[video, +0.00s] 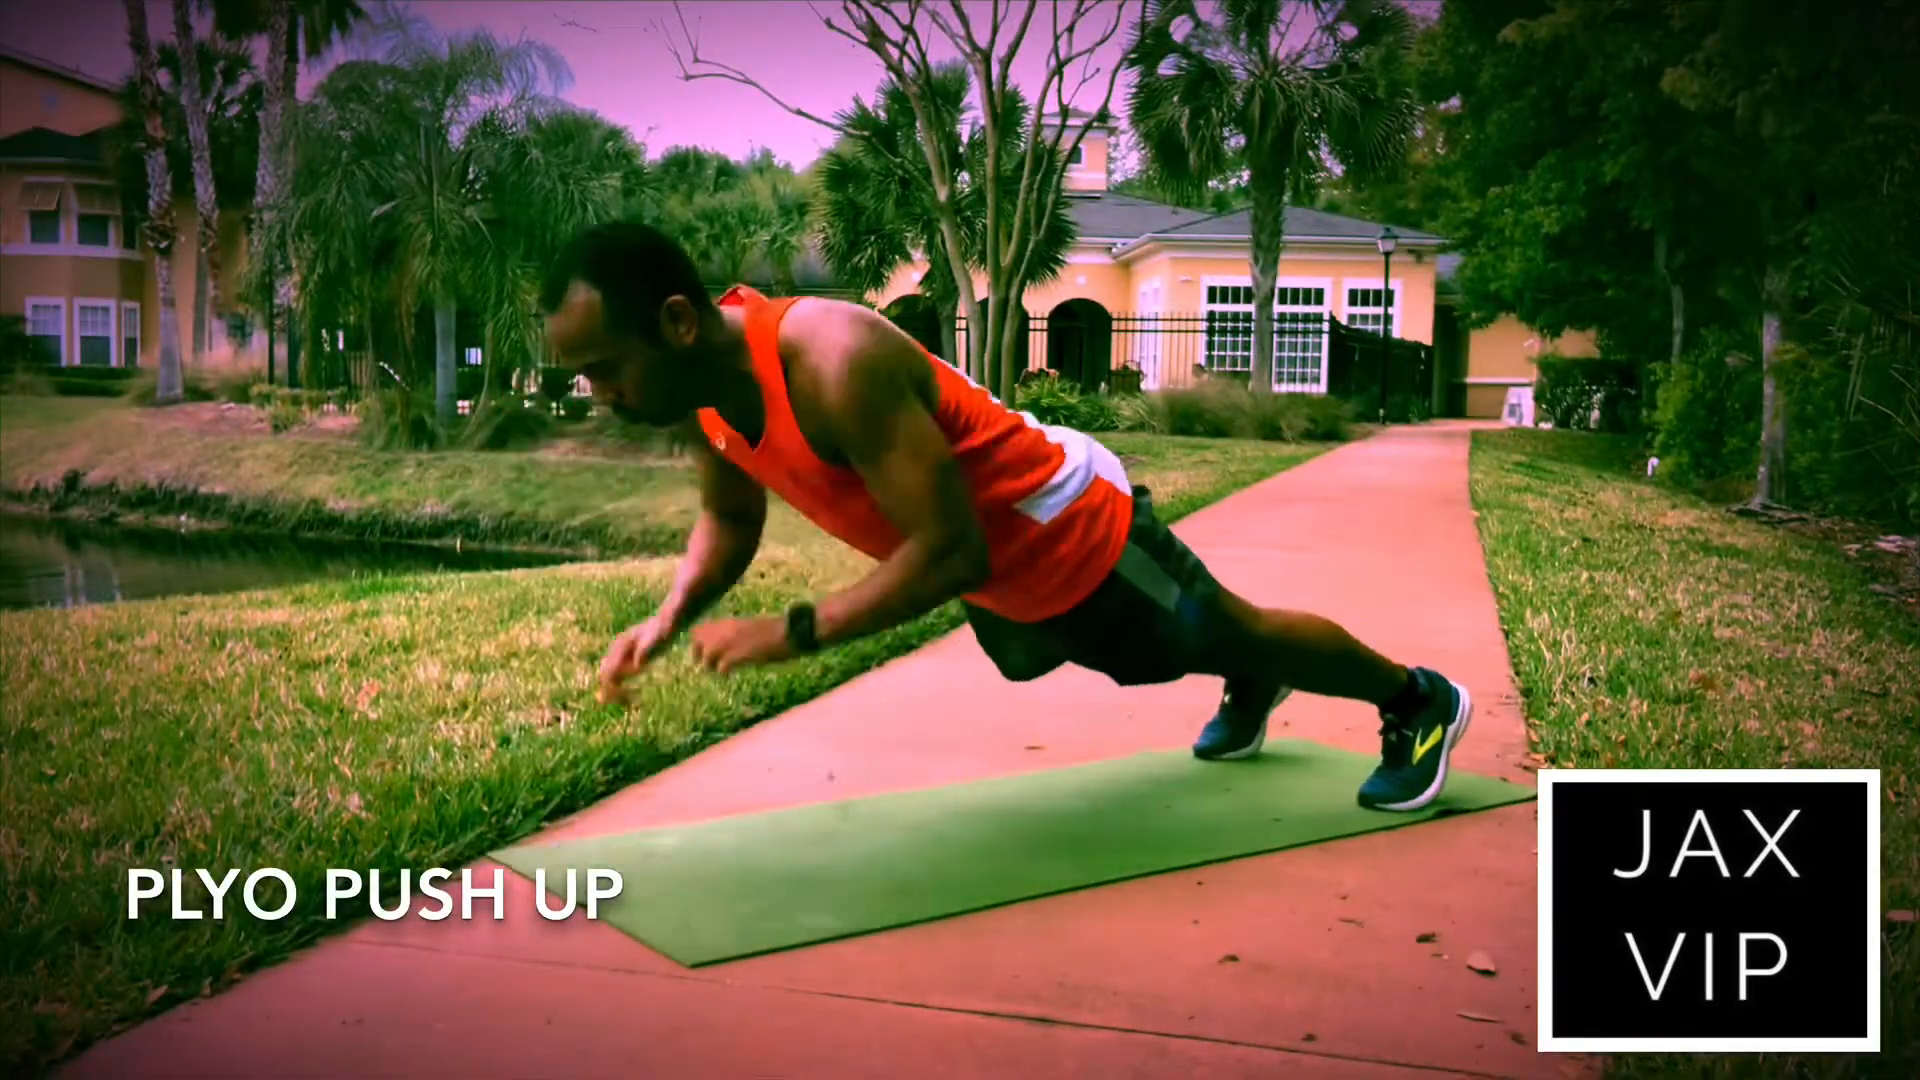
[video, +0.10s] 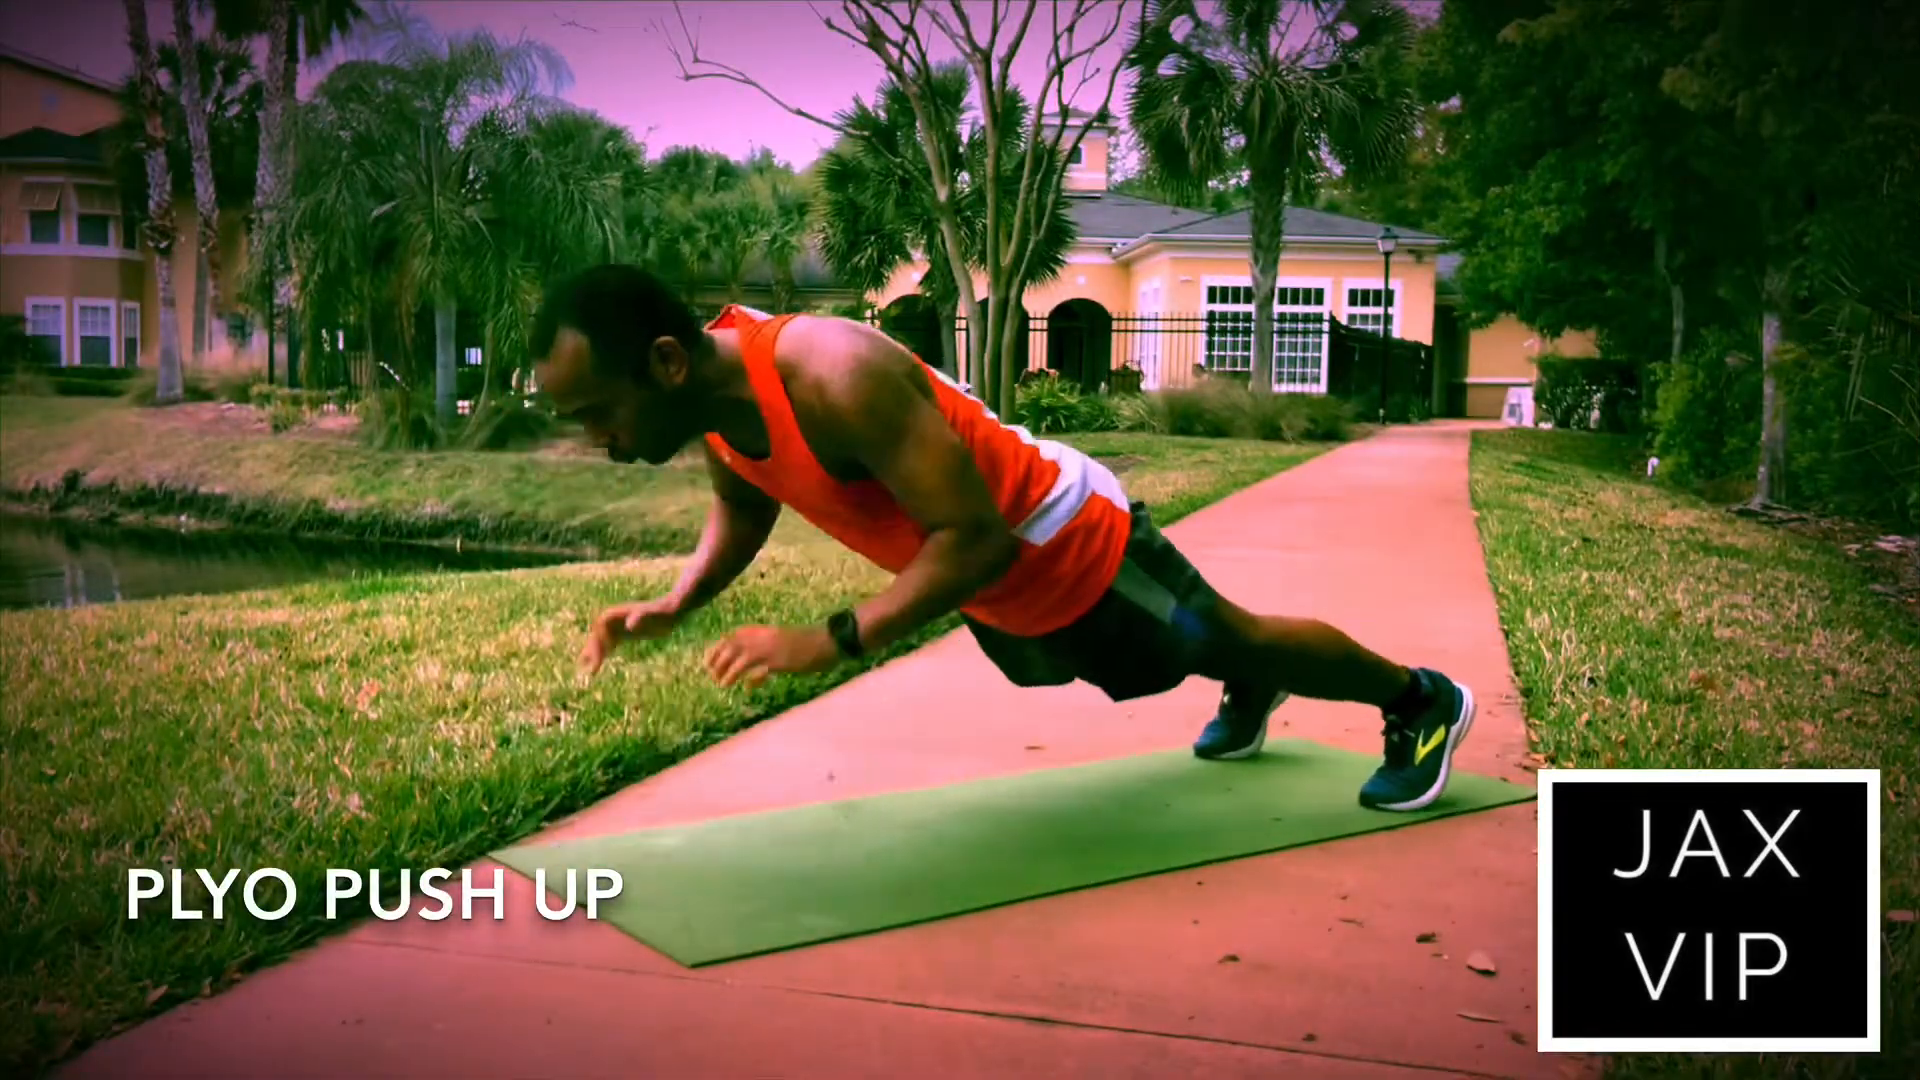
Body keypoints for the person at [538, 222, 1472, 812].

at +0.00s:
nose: (598, 395)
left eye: (599, 368)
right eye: (582, 379)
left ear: (674, 316)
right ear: (663, 324)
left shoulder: (839, 358)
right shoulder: (717, 394)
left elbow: (953, 550)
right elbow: (728, 516)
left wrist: (801, 630)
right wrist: (671, 609)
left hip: (1073, 523)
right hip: (993, 558)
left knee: (1233, 636)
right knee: (1117, 637)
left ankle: (1418, 697)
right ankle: (1251, 673)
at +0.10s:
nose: (591, 442)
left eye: (590, 413)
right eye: (573, 420)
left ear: (662, 360)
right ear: (653, 360)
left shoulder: (839, 373)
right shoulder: (716, 396)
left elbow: (977, 534)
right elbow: (750, 491)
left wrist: (841, 641)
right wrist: (686, 594)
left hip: (1068, 537)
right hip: (986, 572)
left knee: (1236, 637)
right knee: (1122, 653)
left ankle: (1420, 696)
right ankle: (1253, 675)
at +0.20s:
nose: (561, 514)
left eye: (558, 489)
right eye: (545, 497)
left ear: (630, 439)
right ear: (617, 438)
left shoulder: (805, 460)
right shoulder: (683, 468)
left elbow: (881, 682)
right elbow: (672, 635)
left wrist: (797, 862)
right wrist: (634, 786)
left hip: (1064, 570)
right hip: (992, 604)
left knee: (1245, 654)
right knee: (1139, 677)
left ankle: (1420, 696)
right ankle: (1257, 686)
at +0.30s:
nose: (516, 657)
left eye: (515, 634)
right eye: (500, 641)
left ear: (580, 576)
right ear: (570, 571)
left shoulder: (746, 562)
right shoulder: (639, 560)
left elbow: (896, 732)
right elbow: (693, 672)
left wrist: (818, 896)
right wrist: (656, 809)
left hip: (1039, 617)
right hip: (975, 635)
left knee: (1223, 685)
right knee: (1129, 723)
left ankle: (1411, 695)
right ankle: (1233, 708)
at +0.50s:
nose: (450, 817)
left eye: (453, 795)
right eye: (435, 799)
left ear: (525, 736)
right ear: (515, 728)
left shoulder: (686, 702)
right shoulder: (575, 669)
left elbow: (887, 740)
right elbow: (677, 700)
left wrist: (818, 898)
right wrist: (649, 807)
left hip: (997, 730)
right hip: (916, 682)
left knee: (1196, 740)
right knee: (1059, 695)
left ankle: (1390, 691)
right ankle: (1210, 660)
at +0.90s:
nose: (465, 664)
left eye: (472, 636)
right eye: (450, 642)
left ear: (559, 594)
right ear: (545, 597)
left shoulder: (707, 623)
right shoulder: (607, 605)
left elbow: (876, 741)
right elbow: (663, 692)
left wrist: (821, 898)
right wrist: (650, 802)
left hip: (1005, 695)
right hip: (938, 679)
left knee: (1202, 730)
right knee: (1092, 693)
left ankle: (1393, 695)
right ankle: (1213, 656)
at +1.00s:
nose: (498, 575)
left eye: (504, 546)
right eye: (485, 554)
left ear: (592, 504)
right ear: (573, 514)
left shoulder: (734, 547)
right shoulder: (628, 564)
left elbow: (865, 725)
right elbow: (661, 669)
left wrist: (814, 897)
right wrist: (653, 800)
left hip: (1025, 639)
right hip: (954, 671)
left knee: (1211, 710)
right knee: (1106, 710)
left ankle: (1403, 692)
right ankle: (1229, 661)